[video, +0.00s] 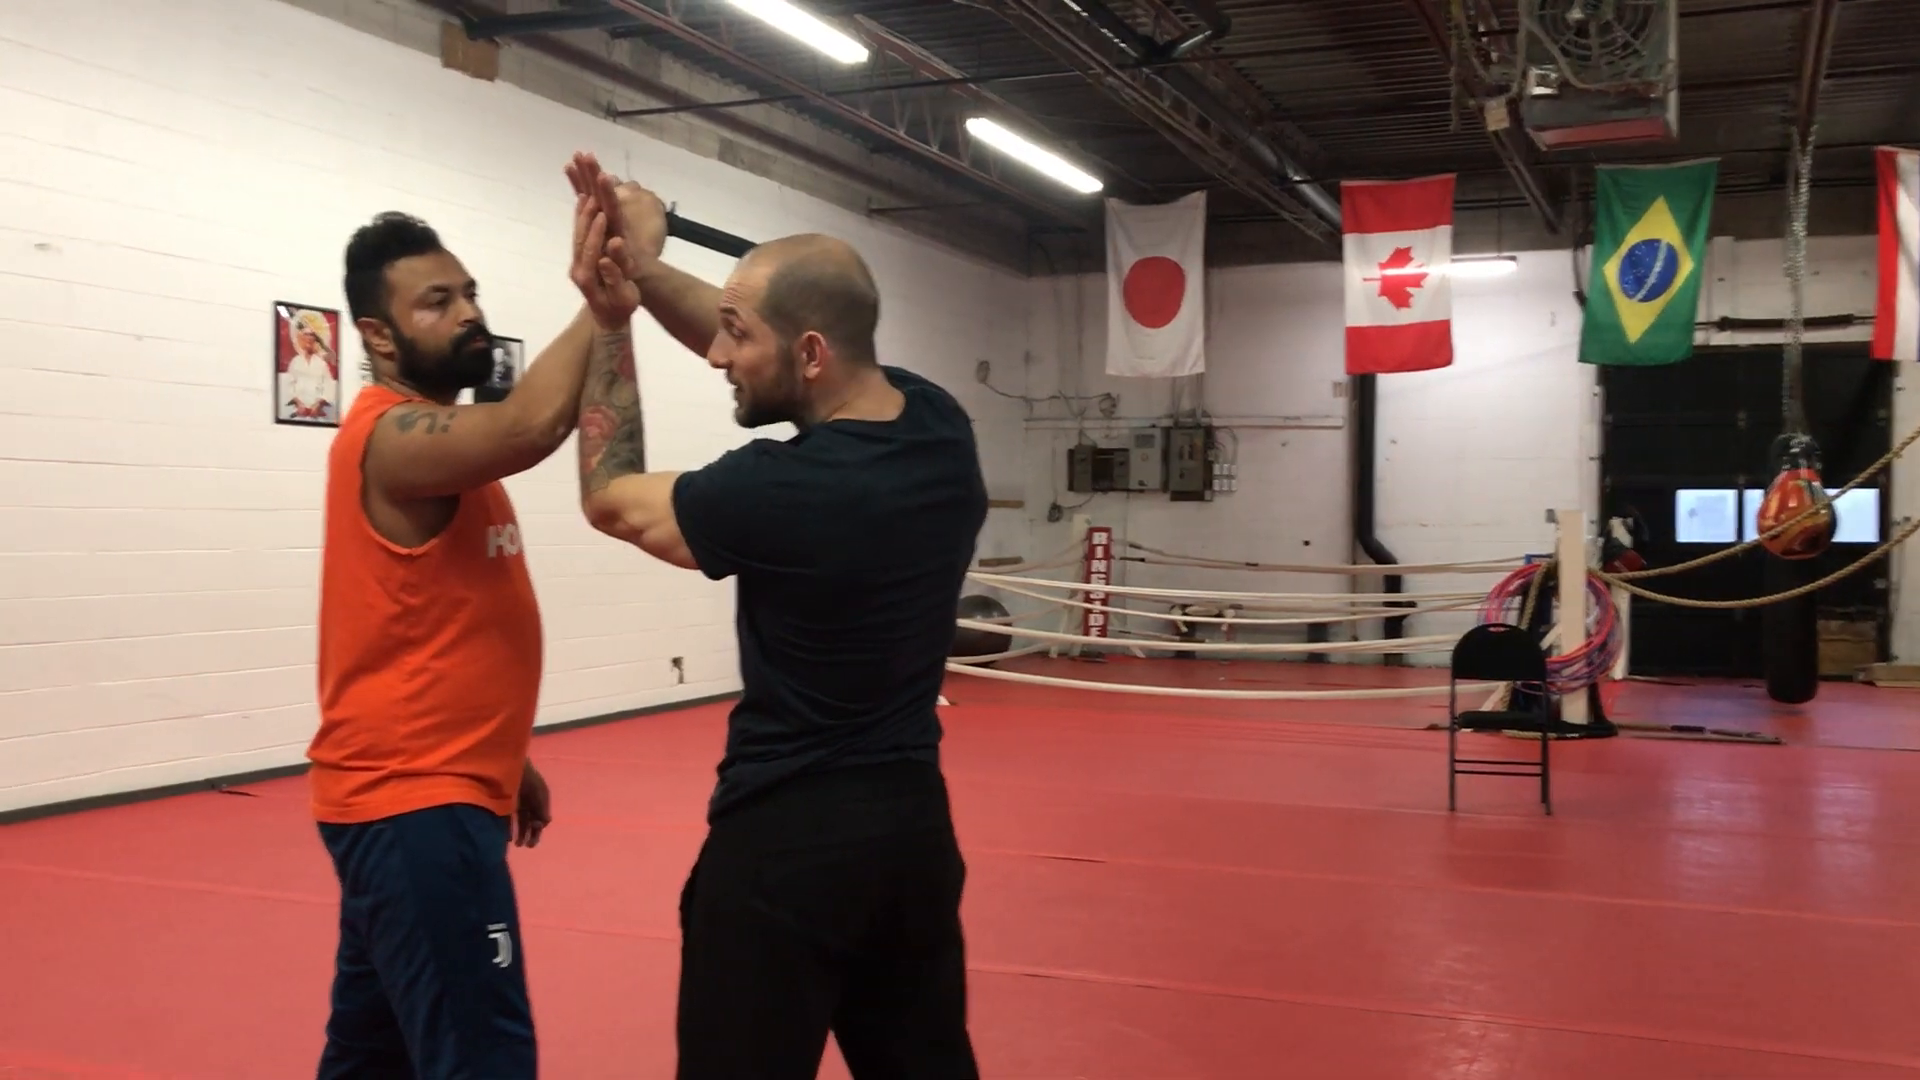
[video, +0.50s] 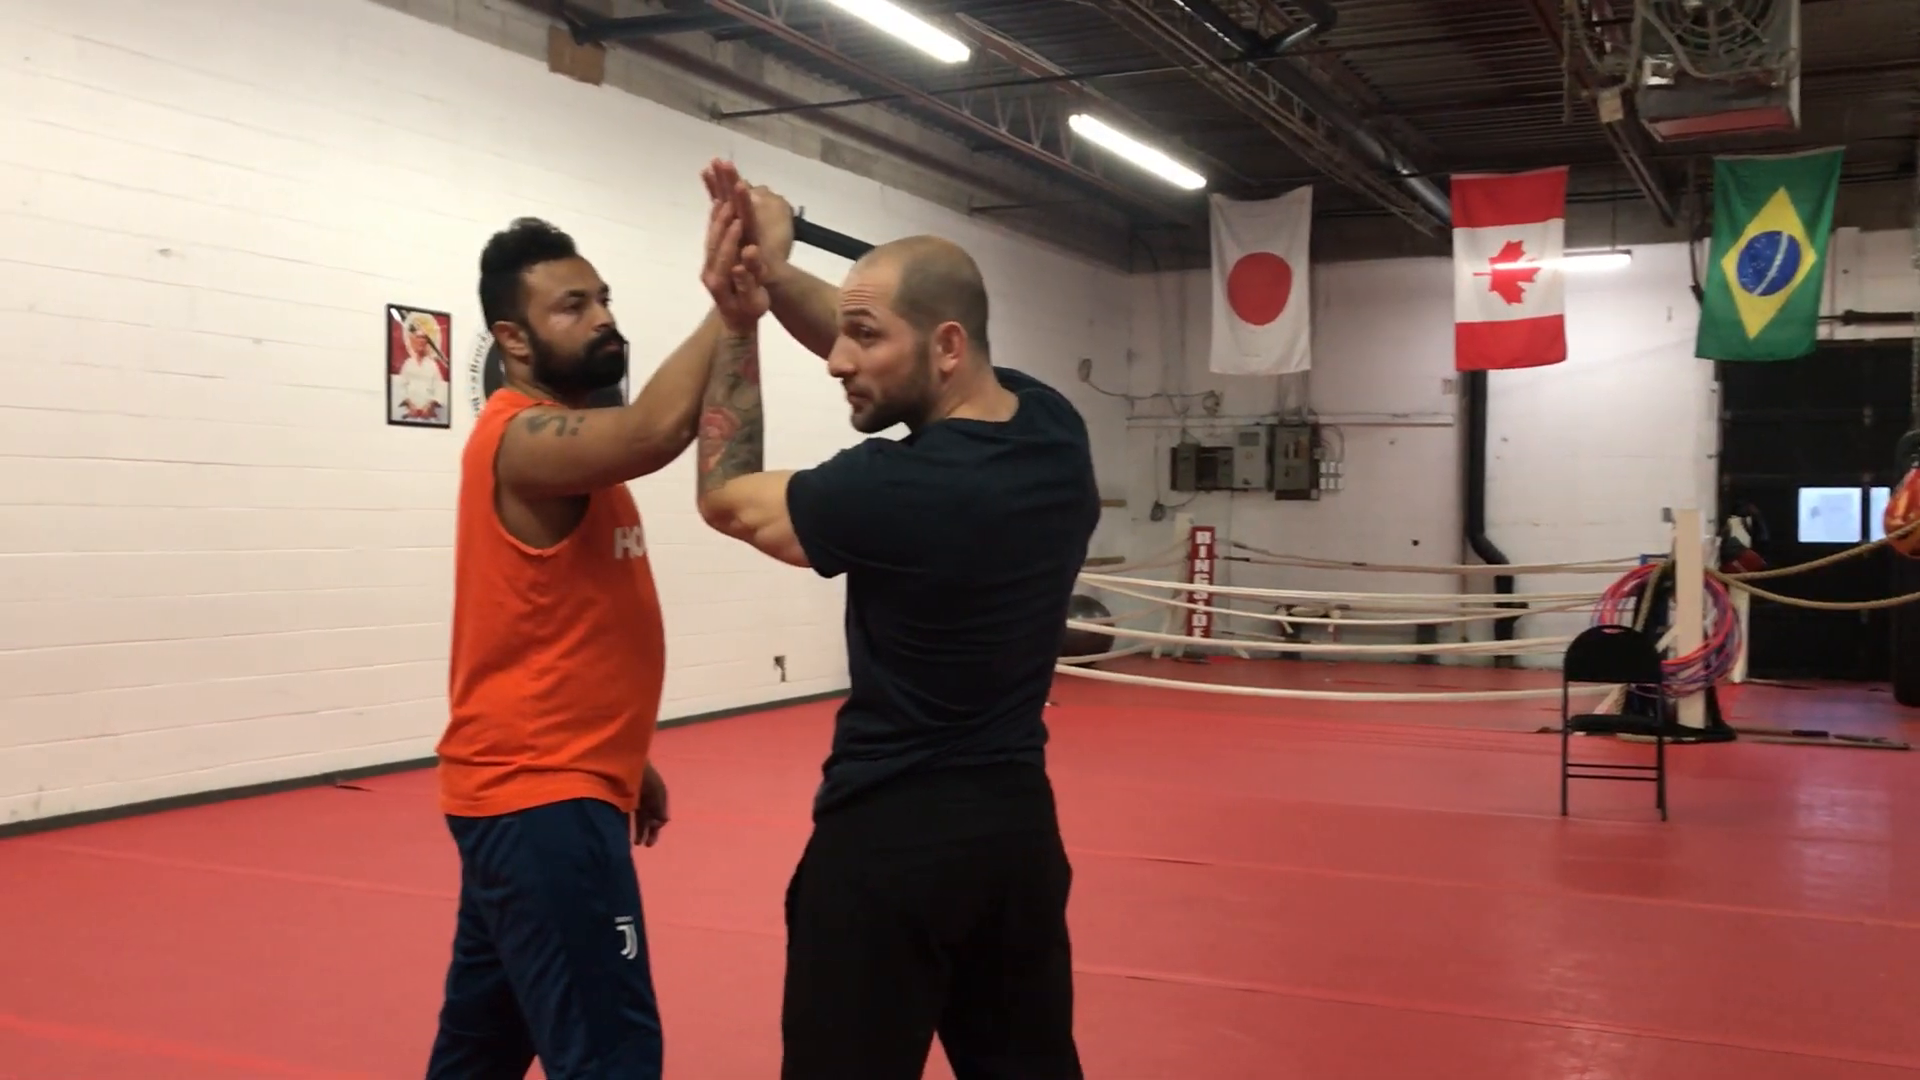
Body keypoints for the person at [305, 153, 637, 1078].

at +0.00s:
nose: (470, 314)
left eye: (470, 294)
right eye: (437, 301)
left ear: (473, 300)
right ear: (376, 336)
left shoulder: (427, 424)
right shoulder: (391, 430)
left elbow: (432, 625)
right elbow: (527, 426)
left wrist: (503, 756)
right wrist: (599, 308)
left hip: (433, 788)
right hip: (411, 795)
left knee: (372, 1053)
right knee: (485, 1054)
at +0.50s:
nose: (605, 320)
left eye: (605, 300)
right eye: (574, 308)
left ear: (608, 305)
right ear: (512, 339)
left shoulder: (561, 429)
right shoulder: (521, 432)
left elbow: (567, 622)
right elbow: (652, 433)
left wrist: (626, 758)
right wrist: (729, 315)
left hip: (556, 788)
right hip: (536, 792)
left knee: (480, 1051)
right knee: (613, 1054)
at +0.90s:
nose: (679, 324)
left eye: (676, 303)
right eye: (650, 309)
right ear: (586, 337)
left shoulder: (626, 428)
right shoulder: (592, 431)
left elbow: (624, 623)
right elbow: (720, 432)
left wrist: (693, 752)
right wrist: (797, 318)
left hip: (616, 785)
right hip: (599, 790)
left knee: (543, 1048)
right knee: (672, 1053)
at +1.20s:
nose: (707, 323)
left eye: (705, 305)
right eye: (678, 309)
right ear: (614, 336)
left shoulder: (650, 431)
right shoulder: (617, 430)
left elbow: (644, 626)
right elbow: (743, 433)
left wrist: (714, 753)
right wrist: (822, 314)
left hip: (639, 785)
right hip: (621, 791)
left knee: (563, 1049)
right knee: (695, 1055)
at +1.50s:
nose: (710, 327)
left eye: (709, 306)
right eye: (681, 311)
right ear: (616, 338)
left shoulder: (661, 430)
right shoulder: (620, 433)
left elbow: (650, 622)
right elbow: (744, 434)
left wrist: (718, 749)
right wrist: (823, 319)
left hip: (647, 782)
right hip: (621, 787)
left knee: (569, 1047)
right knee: (698, 1054)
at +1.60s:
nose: (708, 327)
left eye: (708, 306)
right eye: (679, 312)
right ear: (615, 338)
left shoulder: (659, 430)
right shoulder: (619, 432)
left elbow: (649, 622)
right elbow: (744, 434)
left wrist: (717, 750)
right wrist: (822, 320)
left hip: (646, 783)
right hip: (622, 788)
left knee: (568, 1049)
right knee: (698, 1054)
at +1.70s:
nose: (707, 327)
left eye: (706, 306)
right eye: (679, 311)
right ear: (613, 338)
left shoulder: (657, 429)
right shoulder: (619, 433)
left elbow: (649, 623)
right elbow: (743, 434)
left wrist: (716, 753)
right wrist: (819, 320)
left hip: (646, 783)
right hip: (622, 788)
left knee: (568, 1047)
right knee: (696, 1054)